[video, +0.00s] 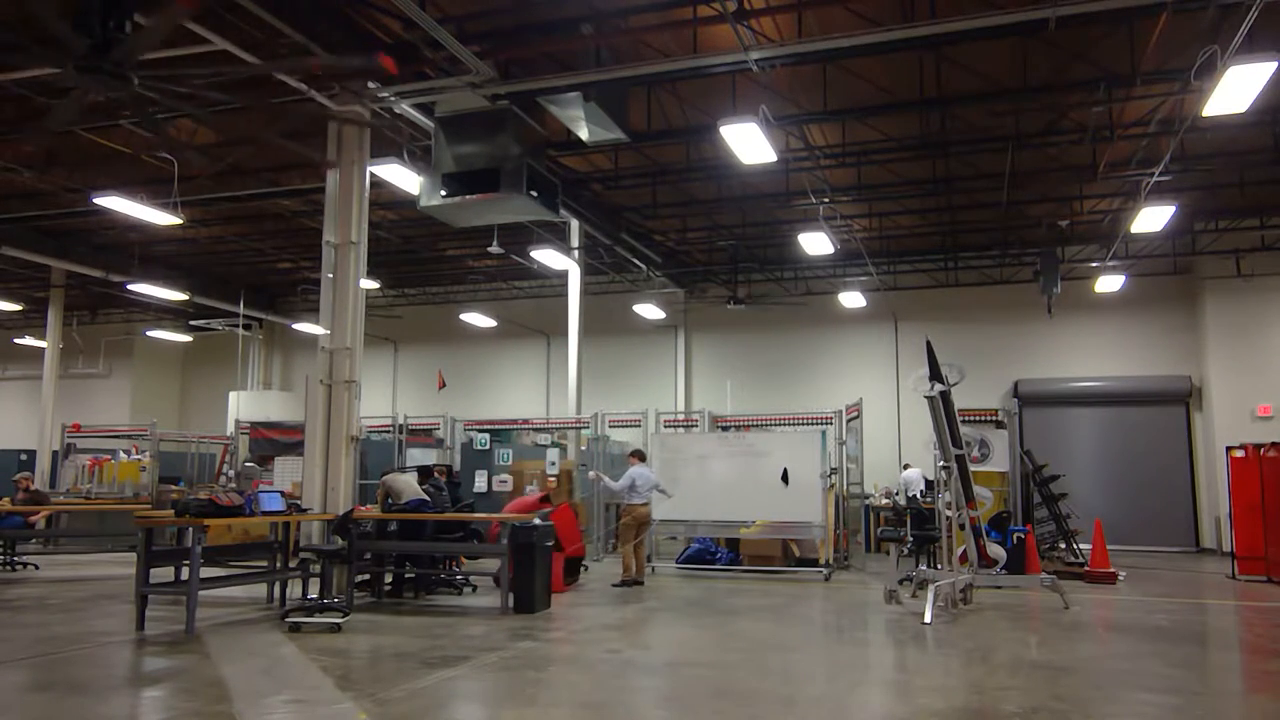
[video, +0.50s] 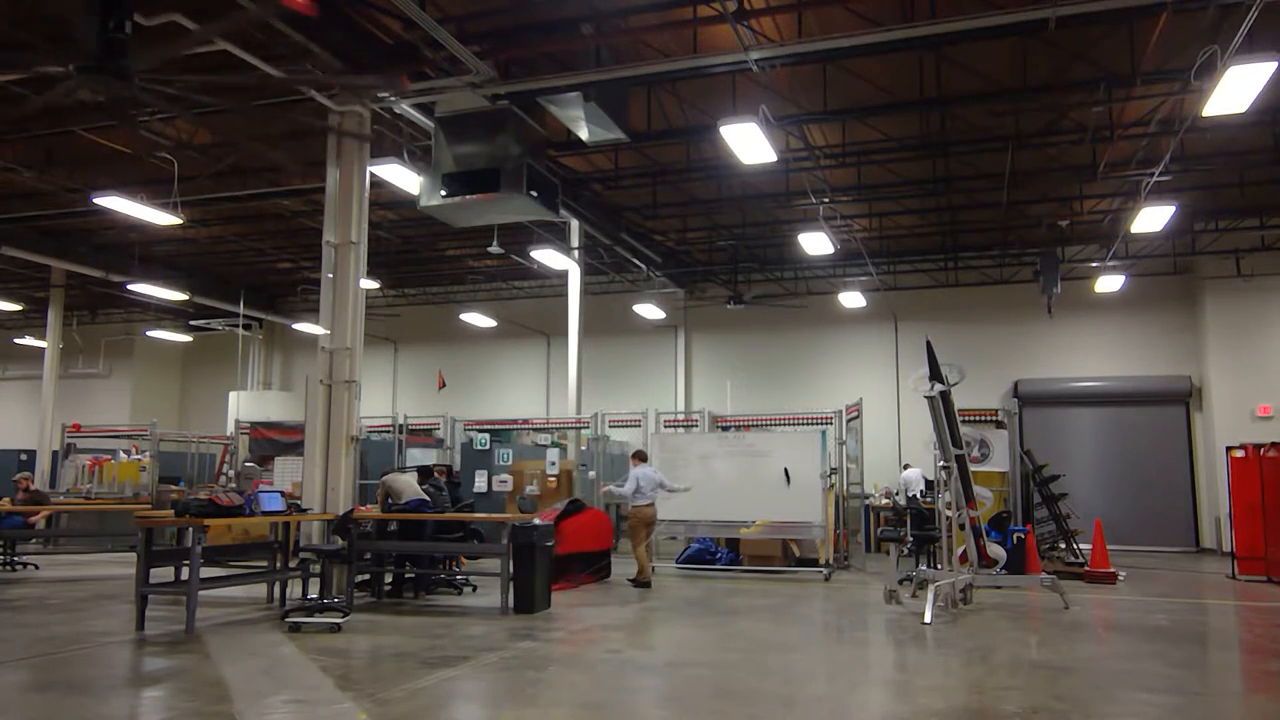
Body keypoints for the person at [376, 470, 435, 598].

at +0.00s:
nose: (381, 483)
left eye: (381, 480)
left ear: (384, 476)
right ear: (396, 472)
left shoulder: (385, 480)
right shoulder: (408, 476)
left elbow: (382, 506)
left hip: (409, 508)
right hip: (426, 506)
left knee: (401, 550)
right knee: (420, 549)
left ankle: (397, 588)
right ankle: (421, 587)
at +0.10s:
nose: (381, 484)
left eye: (382, 481)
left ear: (384, 476)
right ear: (395, 472)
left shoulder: (385, 480)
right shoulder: (408, 477)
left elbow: (382, 504)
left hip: (409, 508)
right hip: (426, 506)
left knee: (401, 551)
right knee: (421, 549)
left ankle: (397, 588)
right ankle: (421, 587)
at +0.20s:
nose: (381, 484)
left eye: (382, 481)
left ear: (384, 476)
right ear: (395, 472)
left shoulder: (385, 480)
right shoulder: (408, 477)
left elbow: (382, 504)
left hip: (409, 508)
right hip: (426, 506)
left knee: (401, 551)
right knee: (421, 549)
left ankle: (397, 587)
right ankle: (421, 587)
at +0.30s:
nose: (381, 484)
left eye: (382, 481)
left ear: (384, 476)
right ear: (395, 472)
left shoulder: (385, 480)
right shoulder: (408, 476)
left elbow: (382, 504)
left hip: (409, 509)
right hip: (426, 506)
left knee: (401, 551)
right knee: (421, 549)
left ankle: (397, 588)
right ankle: (420, 587)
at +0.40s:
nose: (381, 484)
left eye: (382, 481)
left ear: (384, 476)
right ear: (395, 472)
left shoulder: (385, 480)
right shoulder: (408, 477)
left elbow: (382, 504)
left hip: (409, 508)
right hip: (426, 506)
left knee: (401, 550)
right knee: (421, 549)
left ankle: (397, 587)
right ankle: (420, 587)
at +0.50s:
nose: (381, 484)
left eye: (382, 481)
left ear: (384, 477)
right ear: (395, 472)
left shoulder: (384, 480)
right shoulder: (408, 477)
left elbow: (382, 505)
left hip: (408, 508)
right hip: (426, 506)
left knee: (401, 551)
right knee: (422, 549)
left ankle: (397, 587)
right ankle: (420, 588)